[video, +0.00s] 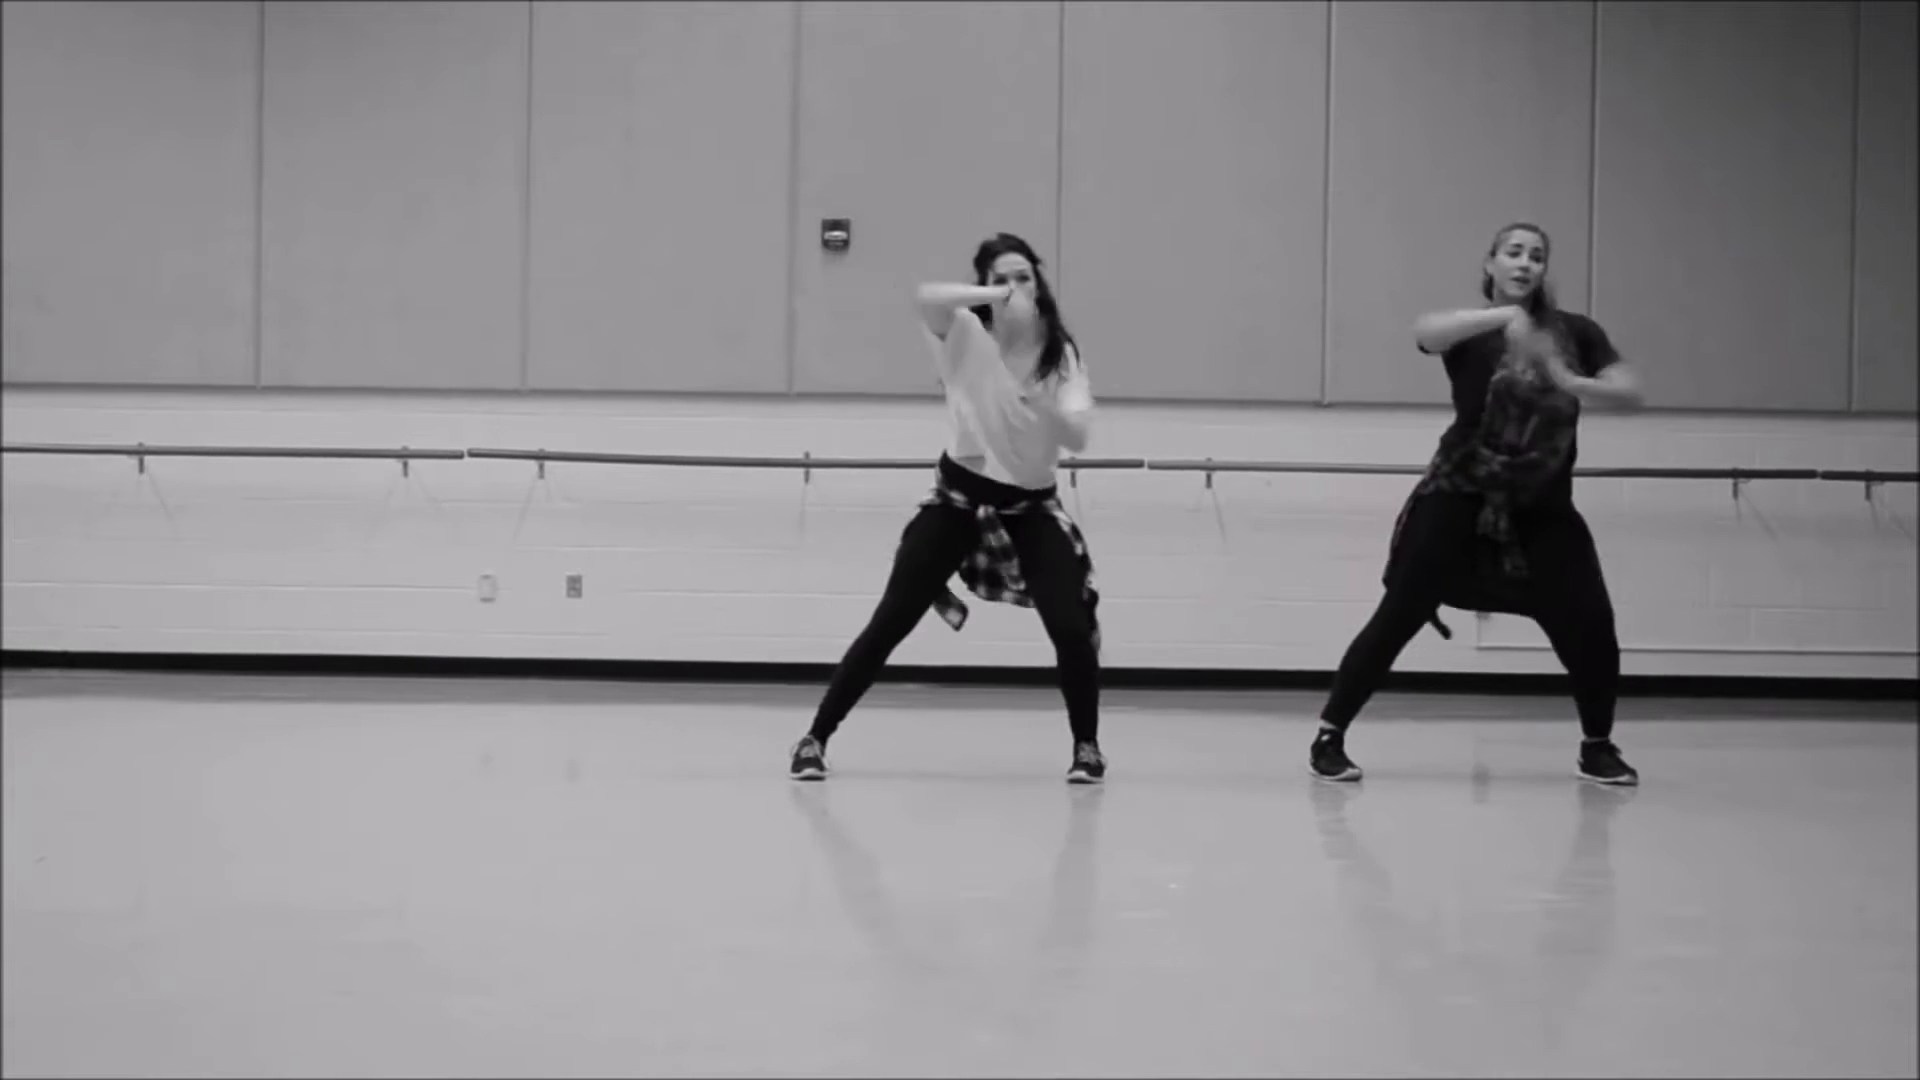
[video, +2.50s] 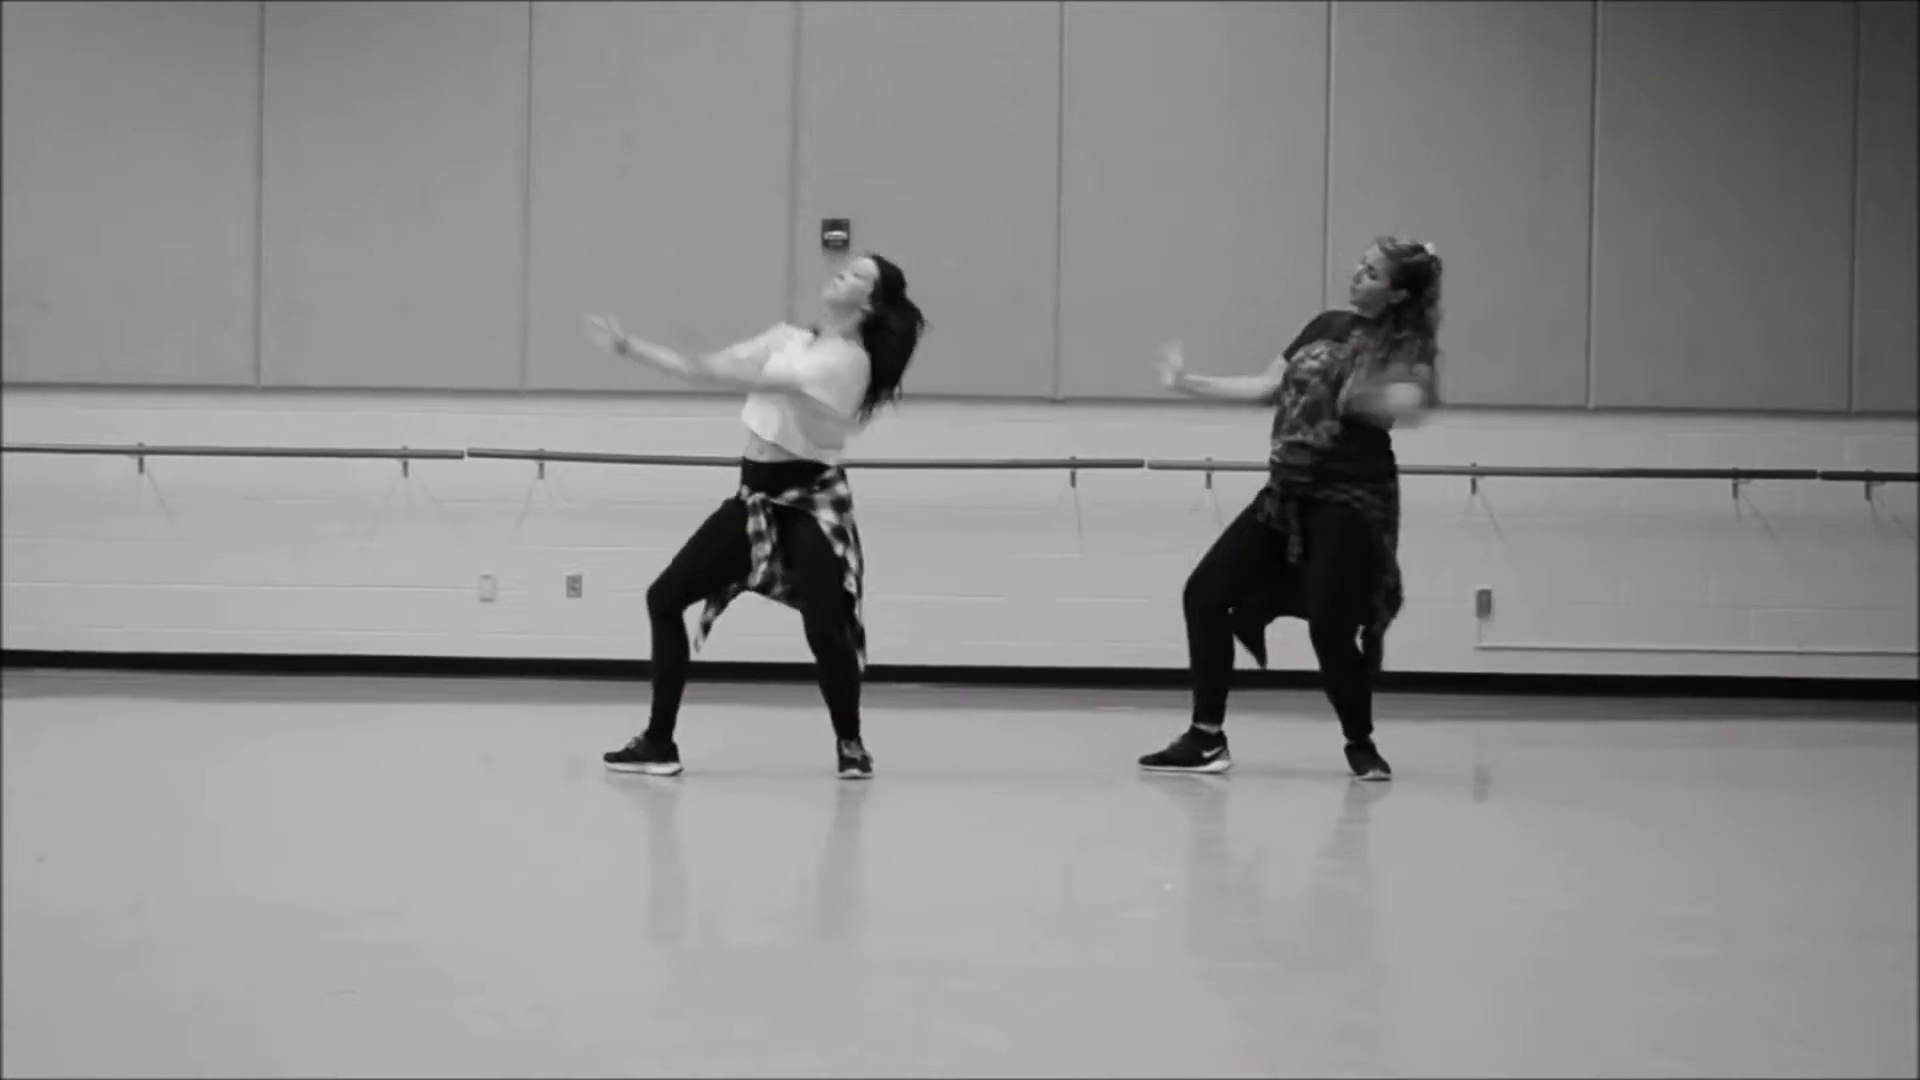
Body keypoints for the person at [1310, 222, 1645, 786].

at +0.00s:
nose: (1525, 262)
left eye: (1536, 256)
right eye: (1513, 253)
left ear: (1546, 271)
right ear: (1489, 265)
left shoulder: (1575, 332)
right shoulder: (1472, 331)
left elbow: (1632, 390)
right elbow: (1426, 333)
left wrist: (1568, 382)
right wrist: (1505, 317)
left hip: (1543, 506)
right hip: (1458, 500)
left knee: (1592, 628)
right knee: (1400, 616)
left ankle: (1598, 747)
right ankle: (1328, 736)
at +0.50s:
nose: (1550, 272)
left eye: (1560, 266)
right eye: (1538, 262)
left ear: (1569, 280)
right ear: (1513, 273)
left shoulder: (1591, 342)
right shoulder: (1487, 334)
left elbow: (1682, 373)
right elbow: (1456, 368)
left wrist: (1627, 395)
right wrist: (1542, 382)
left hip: (1544, 510)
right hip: (1461, 501)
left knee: (1594, 623)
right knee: (1398, 617)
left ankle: (1597, 747)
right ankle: (1330, 737)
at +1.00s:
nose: (1589, 286)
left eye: (1595, 279)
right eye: (1584, 270)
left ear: (1592, 286)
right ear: (1550, 259)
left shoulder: (1577, 349)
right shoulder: (1493, 297)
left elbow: (1616, 423)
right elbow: (1458, 215)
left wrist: (1538, 443)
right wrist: (1494, 210)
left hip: (1535, 507)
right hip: (1453, 497)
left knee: (1569, 635)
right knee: (1401, 623)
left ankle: (1593, 748)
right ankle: (1343, 741)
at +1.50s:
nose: (1514, 262)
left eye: (1531, 266)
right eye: (1518, 254)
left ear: (1541, 295)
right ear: (1503, 265)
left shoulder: (1535, 343)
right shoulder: (1474, 323)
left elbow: (1569, 400)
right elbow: (1456, 299)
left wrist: (1505, 433)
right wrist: (1451, 245)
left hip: (1524, 507)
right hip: (1457, 506)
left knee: (1553, 635)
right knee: (1389, 605)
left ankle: (1593, 748)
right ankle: (1331, 735)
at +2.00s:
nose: (1353, 261)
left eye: (1367, 258)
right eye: (1357, 252)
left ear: (1397, 278)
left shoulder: (1417, 331)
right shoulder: (1340, 329)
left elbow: (1461, 374)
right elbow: (1318, 386)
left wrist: (1486, 384)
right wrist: (1250, 375)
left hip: (1431, 495)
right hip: (1363, 496)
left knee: (1410, 598)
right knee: (1288, 590)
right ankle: (1307, 724)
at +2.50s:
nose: (1357, 274)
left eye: (1372, 273)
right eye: (1362, 265)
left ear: (1397, 295)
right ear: (1359, 274)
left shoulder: (1403, 348)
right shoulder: (1327, 326)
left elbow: (1407, 400)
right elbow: (1264, 386)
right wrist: (1188, 381)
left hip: (1351, 502)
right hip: (1286, 495)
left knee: (1330, 626)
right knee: (1204, 595)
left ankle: (1361, 746)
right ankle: (1206, 735)